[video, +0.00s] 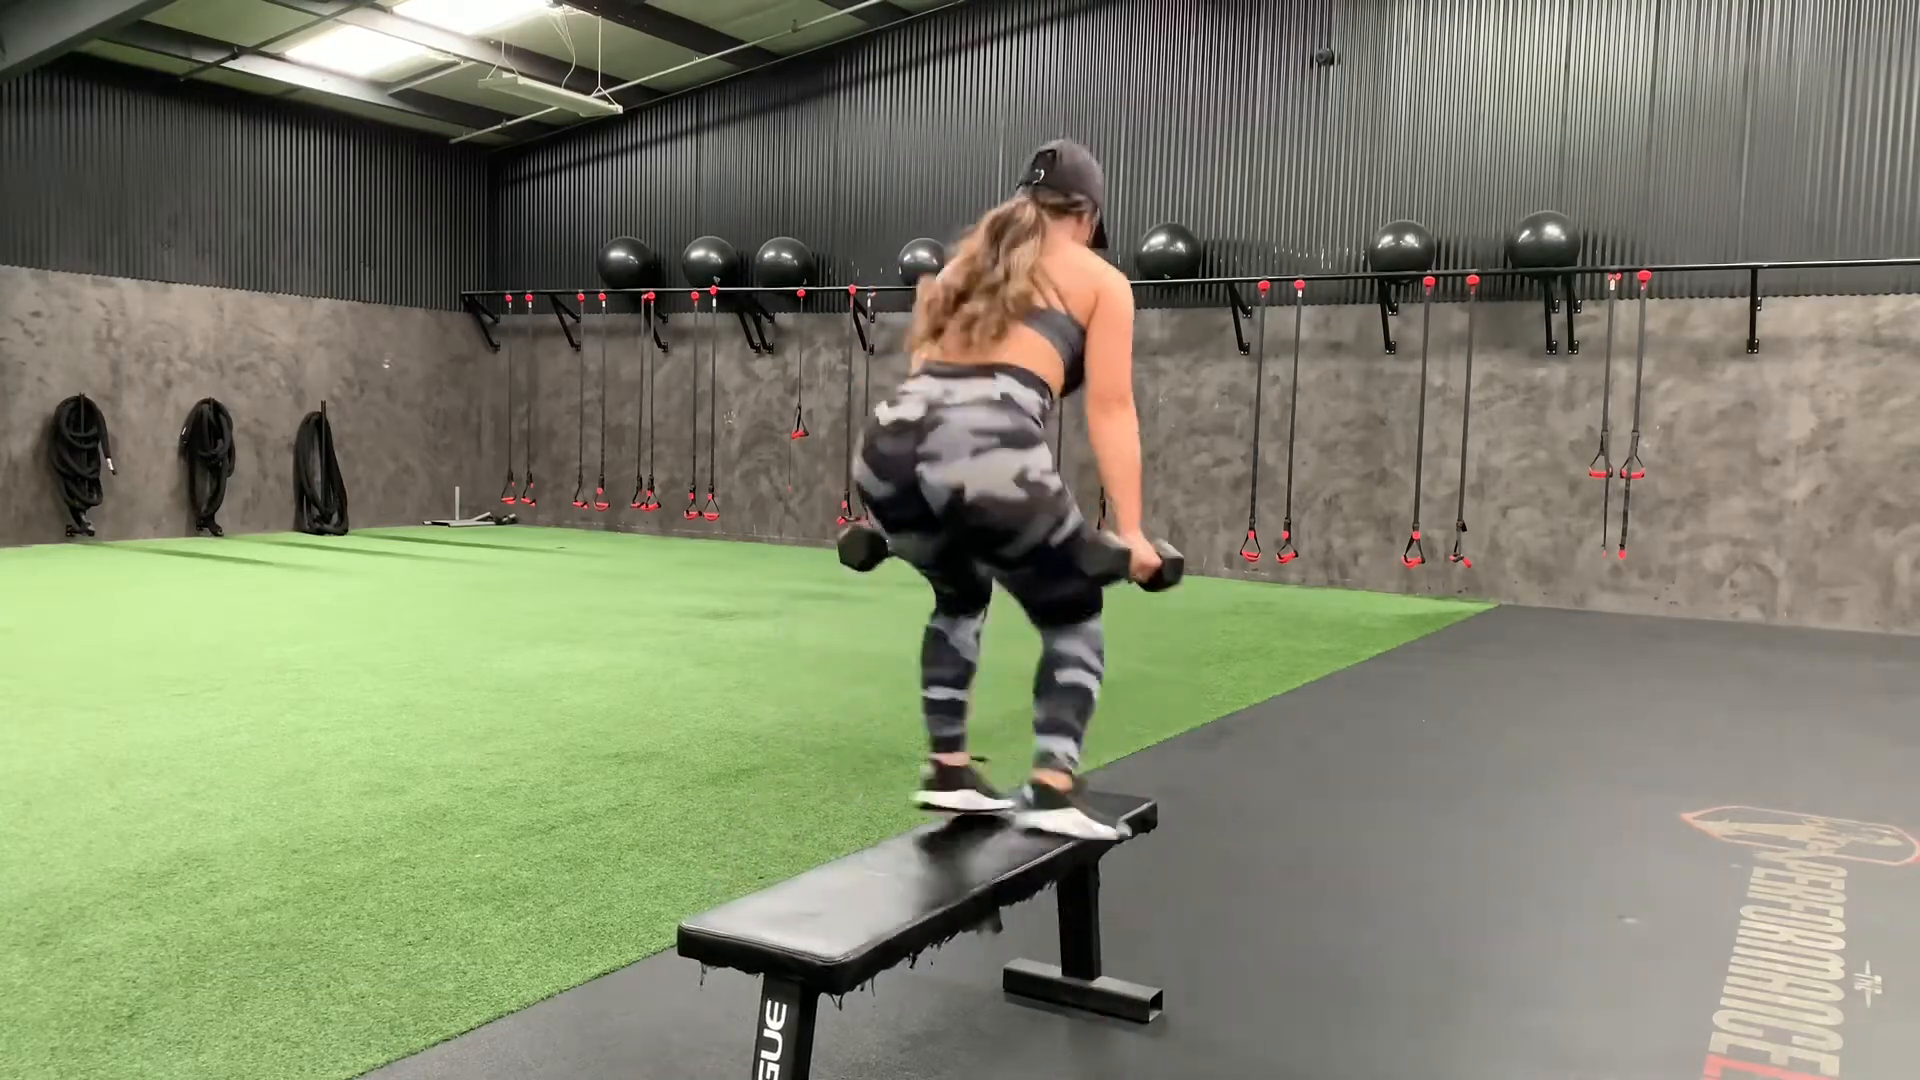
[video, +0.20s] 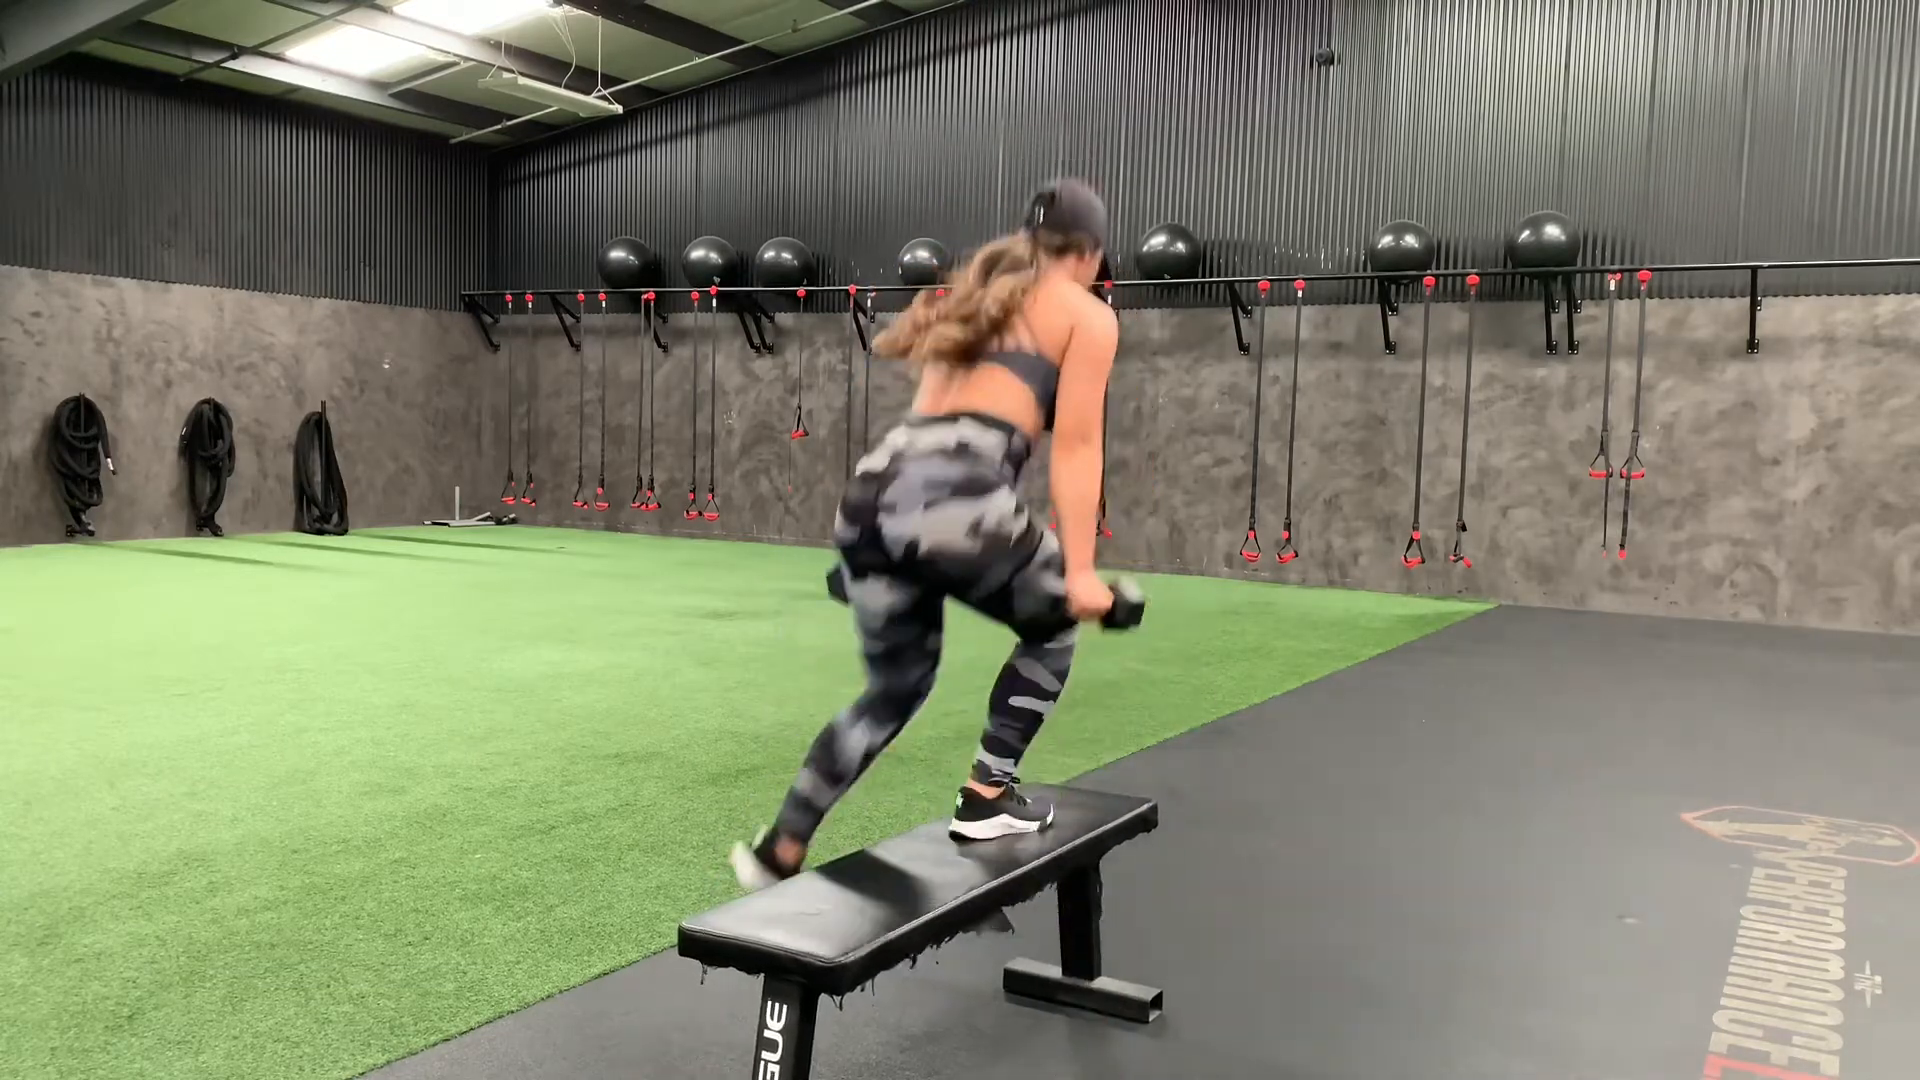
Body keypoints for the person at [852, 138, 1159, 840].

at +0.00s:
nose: (1092, 233)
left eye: (1090, 221)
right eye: (1093, 220)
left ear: (1022, 205)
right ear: (1085, 216)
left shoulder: (960, 264)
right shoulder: (1097, 278)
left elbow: (920, 379)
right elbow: (1110, 410)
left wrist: (877, 507)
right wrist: (1130, 531)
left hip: (892, 455)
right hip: (995, 458)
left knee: (960, 594)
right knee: (1071, 615)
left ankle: (946, 765)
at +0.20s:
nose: (1095, 272)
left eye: (1095, 260)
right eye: (1095, 260)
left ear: (1031, 245)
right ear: (1087, 255)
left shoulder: (972, 296)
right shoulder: (1085, 312)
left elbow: (935, 414)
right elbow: (1076, 446)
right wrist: (1081, 571)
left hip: (871, 501)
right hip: (956, 501)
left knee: (894, 684)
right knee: (1053, 619)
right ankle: (987, 797)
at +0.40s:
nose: (1063, 430)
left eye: (1064, 416)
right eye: (1064, 415)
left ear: (995, 402)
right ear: (1050, 412)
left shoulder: (942, 462)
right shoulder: (1041, 488)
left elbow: (918, 579)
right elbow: (1034, 625)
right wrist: (1044, 753)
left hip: (854, 677)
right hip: (933, 684)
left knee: (844, 867)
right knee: (1071, 643)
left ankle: (716, 1008)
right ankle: (993, 805)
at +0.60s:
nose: (1100, 314)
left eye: (1097, 302)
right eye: (1101, 302)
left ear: (1029, 290)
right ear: (1097, 303)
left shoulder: (974, 343)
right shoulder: (1100, 366)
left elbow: (933, 441)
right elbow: (1081, 500)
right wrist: (1079, 625)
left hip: (861, 543)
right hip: (953, 553)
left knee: (851, 729)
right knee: (1047, 614)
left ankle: (774, 900)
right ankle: (989, 790)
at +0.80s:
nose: (1113, 239)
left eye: (1110, 226)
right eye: (1114, 226)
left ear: (1042, 207)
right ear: (1107, 220)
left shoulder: (973, 253)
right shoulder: (1114, 280)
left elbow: (916, 369)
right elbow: (1117, 413)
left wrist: (864, 494)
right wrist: (1125, 541)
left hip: (873, 432)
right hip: (976, 446)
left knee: (959, 566)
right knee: (1048, 595)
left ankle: (907, 729)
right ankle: (1012, 774)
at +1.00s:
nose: (1109, 304)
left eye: (1105, 292)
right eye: (1109, 292)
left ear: (1015, 278)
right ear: (1094, 289)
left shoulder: (945, 343)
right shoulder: (1113, 361)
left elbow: (903, 463)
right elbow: (1121, 497)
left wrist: (862, 575)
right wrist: (1139, 626)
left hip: (913, 553)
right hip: (1022, 560)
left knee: (975, 636)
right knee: (1056, 783)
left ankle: (971, 795)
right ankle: (1080, 985)